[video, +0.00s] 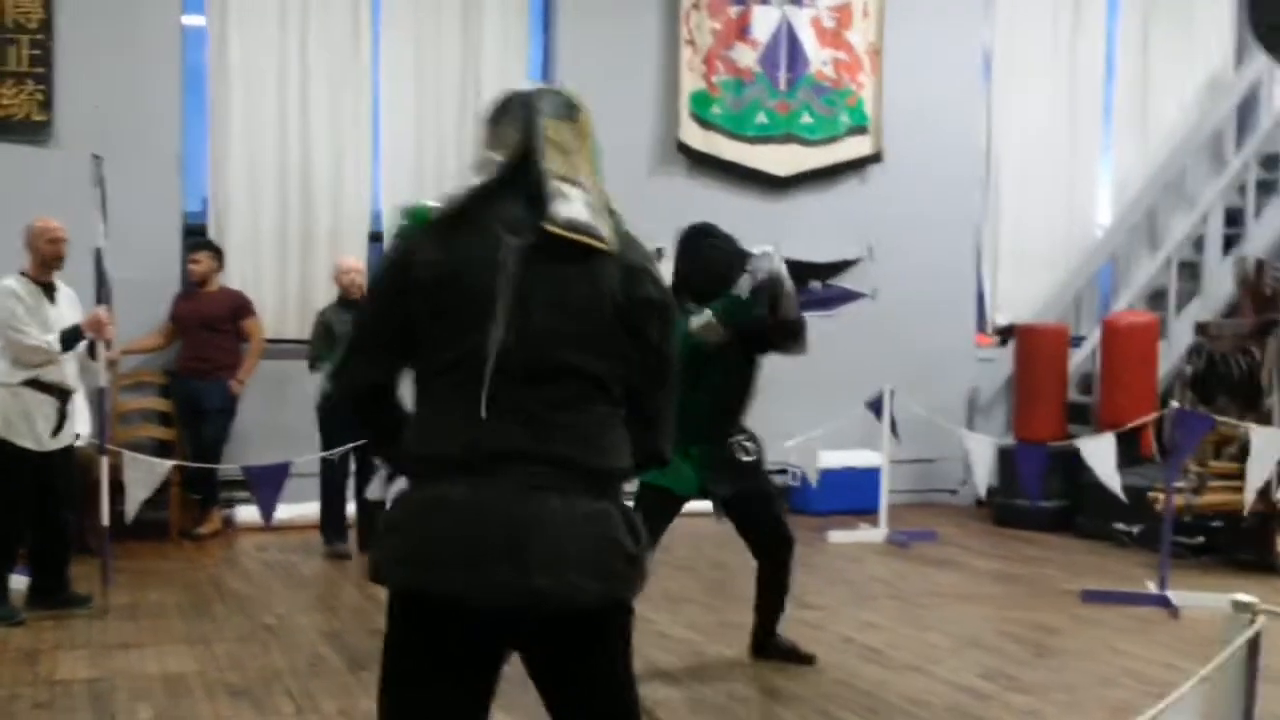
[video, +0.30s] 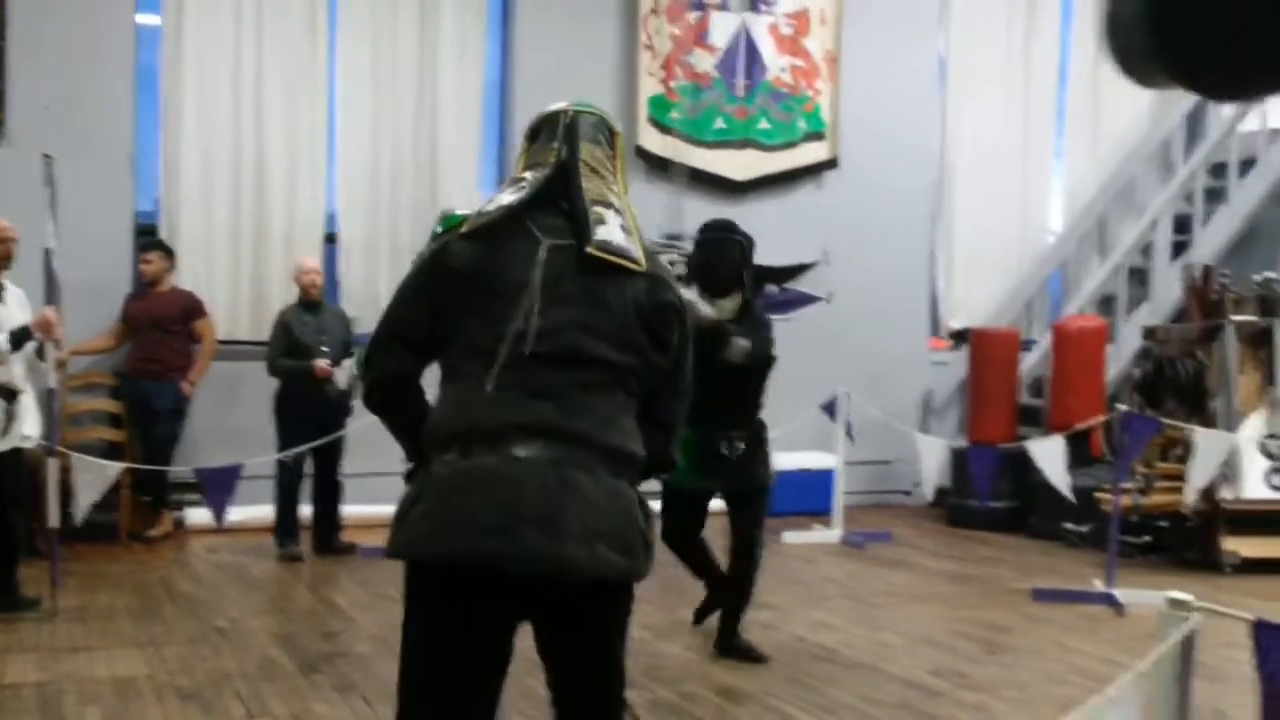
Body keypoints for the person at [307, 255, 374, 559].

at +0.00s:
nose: (352, 278)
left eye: (357, 272)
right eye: (346, 273)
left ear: (366, 277)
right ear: (336, 279)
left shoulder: (376, 314)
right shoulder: (329, 317)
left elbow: (388, 354)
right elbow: (316, 361)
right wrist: (339, 365)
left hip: (371, 398)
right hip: (337, 400)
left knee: (369, 470)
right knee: (334, 471)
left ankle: (371, 536)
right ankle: (335, 536)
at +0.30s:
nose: (313, 279)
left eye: (317, 273)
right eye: (306, 273)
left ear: (323, 278)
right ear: (296, 279)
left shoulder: (337, 316)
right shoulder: (288, 318)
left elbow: (349, 353)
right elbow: (274, 363)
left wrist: (342, 371)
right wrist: (310, 366)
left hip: (331, 403)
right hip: (295, 403)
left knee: (327, 473)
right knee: (290, 472)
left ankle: (327, 536)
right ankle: (287, 540)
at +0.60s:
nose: (270, 279)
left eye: (275, 272)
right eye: (264, 273)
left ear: (282, 277)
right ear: (253, 279)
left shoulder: (294, 318)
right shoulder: (244, 318)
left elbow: (307, 360)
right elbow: (231, 364)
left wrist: (303, 397)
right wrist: (267, 367)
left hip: (288, 404)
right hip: (252, 404)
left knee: (284, 476)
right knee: (247, 474)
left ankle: (282, 540)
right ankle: (244, 543)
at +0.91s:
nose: (224, 279)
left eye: (228, 273)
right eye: (218, 273)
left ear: (234, 279)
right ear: (205, 280)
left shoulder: (247, 318)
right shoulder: (194, 319)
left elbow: (260, 363)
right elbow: (181, 365)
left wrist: (253, 398)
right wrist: (219, 368)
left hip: (240, 408)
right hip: (202, 409)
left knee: (234, 480)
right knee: (196, 478)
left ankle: (231, 542)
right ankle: (192, 546)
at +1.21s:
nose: (174, 275)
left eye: (178, 270)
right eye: (167, 270)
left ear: (184, 275)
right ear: (154, 277)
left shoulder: (197, 315)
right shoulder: (143, 316)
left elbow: (211, 360)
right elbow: (130, 363)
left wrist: (205, 397)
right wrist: (169, 365)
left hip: (190, 406)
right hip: (151, 407)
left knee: (185, 478)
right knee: (145, 476)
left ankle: (182, 541)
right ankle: (141, 545)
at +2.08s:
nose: (126, 284)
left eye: (131, 278)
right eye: (119, 279)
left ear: (140, 284)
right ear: (109, 286)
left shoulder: (155, 325)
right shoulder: (98, 327)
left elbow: (173, 366)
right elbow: (86, 374)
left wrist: (157, 380)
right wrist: (125, 378)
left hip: (148, 418)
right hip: (108, 418)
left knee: (143, 490)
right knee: (103, 489)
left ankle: (140, 555)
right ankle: (99, 559)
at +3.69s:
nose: (90, 270)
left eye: (94, 264)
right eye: (83, 264)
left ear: (100, 270)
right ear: (69, 272)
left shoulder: (114, 312)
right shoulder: (58, 311)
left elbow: (127, 358)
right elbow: (43, 360)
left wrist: (121, 396)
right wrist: (82, 362)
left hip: (106, 406)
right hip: (65, 407)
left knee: (101, 479)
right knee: (59, 477)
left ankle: (97, 544)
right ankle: (55, 547)